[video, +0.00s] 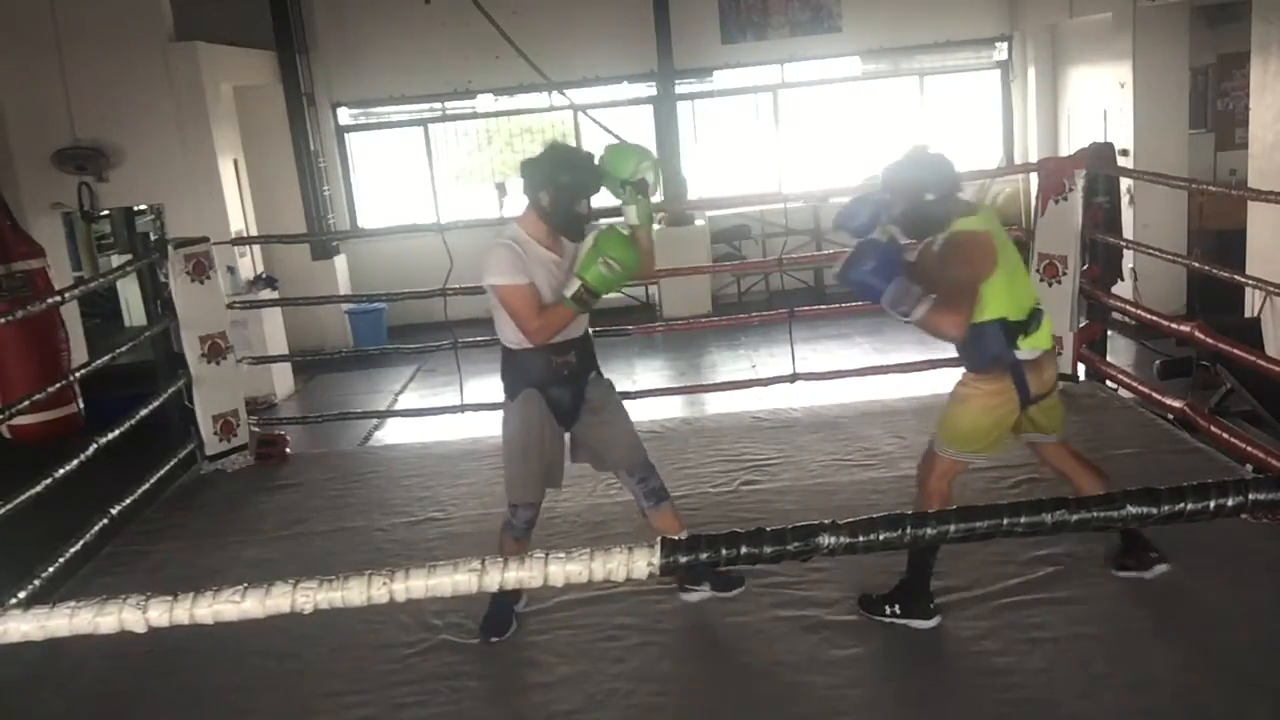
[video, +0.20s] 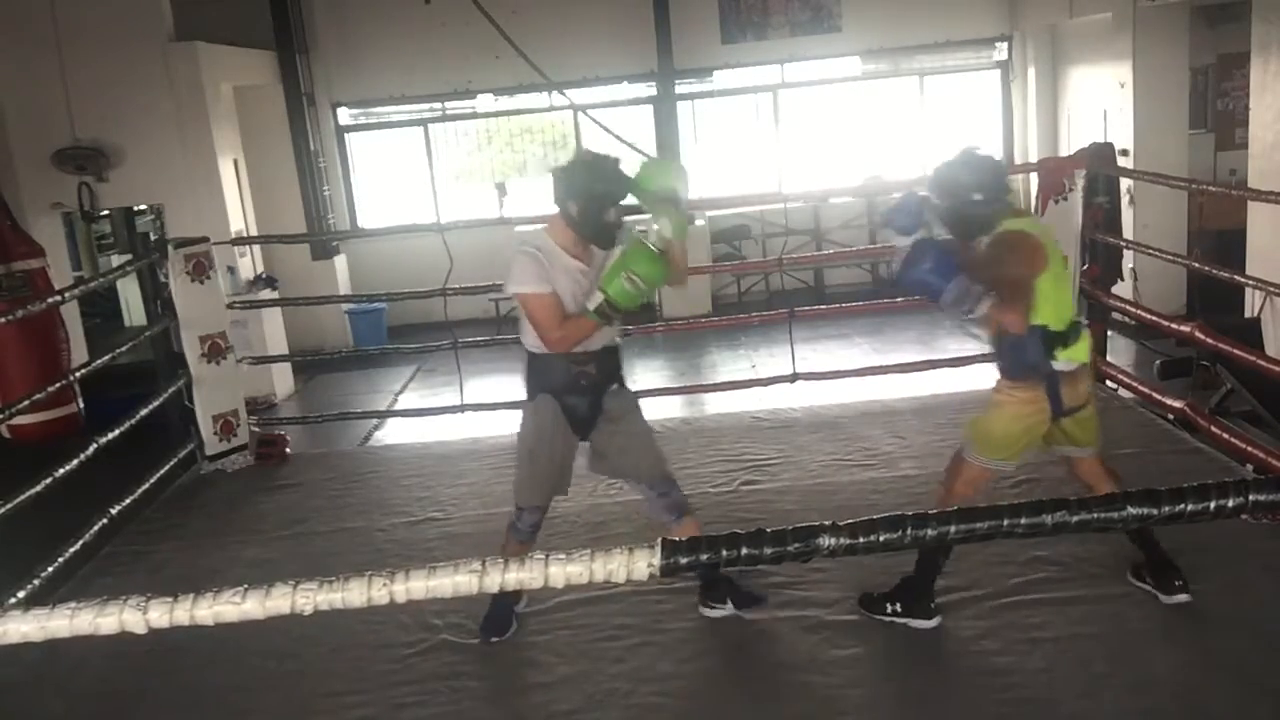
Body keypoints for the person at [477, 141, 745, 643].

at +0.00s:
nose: (589, 208)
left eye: (591, 196)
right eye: (580, 197)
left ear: (569, 197)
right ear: (548, 196)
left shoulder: (575, 243)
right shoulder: (505, 255)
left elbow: (641, 266)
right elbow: (536, 329)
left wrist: (638, 204)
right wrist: (589, 288)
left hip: (585, 379)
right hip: (531, 388)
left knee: (639, 469)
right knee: (523, 507)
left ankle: (689, 566)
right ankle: (507, 593)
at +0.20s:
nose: (620, 215)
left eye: (621, 205)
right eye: (611, 206)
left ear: (614, 203)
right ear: (578, 204)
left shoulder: (607, 251)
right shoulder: (529, 261)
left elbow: (675, 273)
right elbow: (557, 338)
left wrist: (670, 210)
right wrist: (611, 304)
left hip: (608, 388)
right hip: (552, 395)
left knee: (663, 487)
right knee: (529, 510)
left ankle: (713, 584)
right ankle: (507, 595)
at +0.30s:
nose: (647, 226)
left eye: (649, 215)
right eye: (637, 217)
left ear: (648, 212)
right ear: (603, 218)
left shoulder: (641, 252)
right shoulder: (555, 266)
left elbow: (684, 308)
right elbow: (572, 349)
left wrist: (697, 269)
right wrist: (632, 319)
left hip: (631, 393)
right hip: (574, 399)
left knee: (696, 482)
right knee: (541, 513)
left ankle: (721, 584)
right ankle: (509, 592)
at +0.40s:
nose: (675, 237)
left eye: (676, 225)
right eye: (666, 226)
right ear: (630, 229)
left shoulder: (665, 265)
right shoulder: (577, 276)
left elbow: (685, 319)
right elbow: (587, 358)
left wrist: (721, 322)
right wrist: (647, 335)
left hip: (651, 399)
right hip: (590, 406)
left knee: (716, 494)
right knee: (547, 516)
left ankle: (724, 588)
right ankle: (513, 592)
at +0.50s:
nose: (679, 225)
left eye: (680, 213)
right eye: (670, 214)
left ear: (671, 210)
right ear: (635, 211)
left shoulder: (669, 256)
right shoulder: (582, 256)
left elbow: (687, 317)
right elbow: (589, 340)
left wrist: (710, 321)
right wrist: (651, 317)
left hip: (652, 388)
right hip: (592, 391)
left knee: (707, 486)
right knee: (555, 503)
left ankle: (724, 585)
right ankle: (527, 584)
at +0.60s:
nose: (671, 211)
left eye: (672, 200)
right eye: (665, 200)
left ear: (642, 198)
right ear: (633, 198)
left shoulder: (653, 241)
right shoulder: (573, 247)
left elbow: (661, 303)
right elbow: (591, 331)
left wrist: (696, 315)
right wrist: (650, 301)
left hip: (645, 376)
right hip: (588, 383)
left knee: (698, 482)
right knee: (562, 504)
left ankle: (723, 583)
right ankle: (536, 592)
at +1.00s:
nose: (673, 204)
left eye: (673, 194)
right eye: (667, 193)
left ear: (634, 193)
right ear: (637, 192)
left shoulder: (631, 241)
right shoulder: (595, 244)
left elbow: (649, 302)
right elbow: (659, 311)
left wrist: (683, 254)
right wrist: (705, 268)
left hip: (646, 381)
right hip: (604, 389)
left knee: (707, 475)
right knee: (586, 513)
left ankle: (753, 562)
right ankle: (541, 595)